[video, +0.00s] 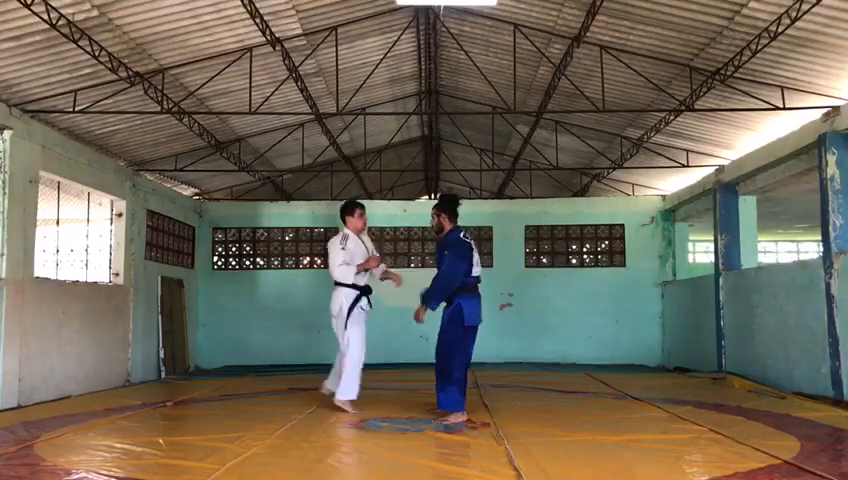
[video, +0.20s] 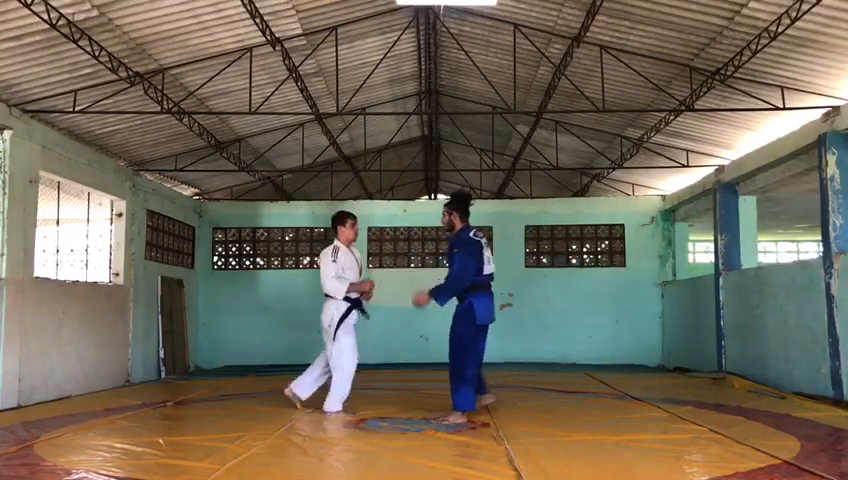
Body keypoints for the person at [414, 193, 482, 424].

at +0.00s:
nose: (432, 222)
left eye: (433, 217)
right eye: (433, 217)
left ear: (440, 217)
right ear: (452, 216)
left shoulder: (453, 241)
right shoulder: (461, 238)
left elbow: (448, 277)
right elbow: (448, 276)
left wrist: (426, 303)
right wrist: (427, 297)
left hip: (460, 301)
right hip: (466, 298)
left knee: (449, 353)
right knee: (454, 353)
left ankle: (456, 409)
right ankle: (454, 405)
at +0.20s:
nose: (442, 219)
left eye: (445, 214)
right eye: (443, 214)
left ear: (454, 216)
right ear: (461, 216)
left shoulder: (462, 241)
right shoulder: (475, 238)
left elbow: (460, 277)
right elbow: (465, 275)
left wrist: (431, 295)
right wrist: (438, 290)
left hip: (471, 302)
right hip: (483, 299)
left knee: (460, 352)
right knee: (471, 350)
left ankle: (460, 410)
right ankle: (483, 393)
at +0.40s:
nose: (466, 223)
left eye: (469, 218)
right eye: (466, 218)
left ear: (480, 219)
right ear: (484, 220)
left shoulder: (486, 243)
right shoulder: (494, 242)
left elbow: (463, 258)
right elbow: (463, 267)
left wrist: (435, 268)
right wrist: (438, 274)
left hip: (490, 306)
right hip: (497, 304)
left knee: (473, 355)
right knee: (490, 354)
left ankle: (461, 411)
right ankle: (524, 398)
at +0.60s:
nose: (479, 216)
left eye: (482, 212)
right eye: (480, 211)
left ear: (493, 213)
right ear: (495, 213)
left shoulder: (503, 238)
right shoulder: (503, 238)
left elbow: (484, 260)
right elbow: (477, 267)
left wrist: (457, 251)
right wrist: (443, 269)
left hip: (508, 300)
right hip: (511, 298)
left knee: (492, 346)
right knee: (509, 348)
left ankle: (491, 404)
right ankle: (527, 402)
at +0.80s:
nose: (485, 215)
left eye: (488, 211)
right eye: (485, 211)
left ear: (499, 213)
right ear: (502, 213)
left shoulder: (514, 238)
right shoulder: (499, 240)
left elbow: (498, 265)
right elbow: (485, 270)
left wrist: (483, 248)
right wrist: (454, 270)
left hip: (520, 300)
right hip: (509, 300)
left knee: (518, 351)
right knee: (509, 352)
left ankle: (545, 401)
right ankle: (524, 401)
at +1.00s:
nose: (485, 229)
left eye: (487, 224)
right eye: (486, 225)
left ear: (497, 225)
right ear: (500, 225)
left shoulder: (522, 250)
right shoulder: (499, 251)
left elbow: (507, 283)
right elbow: (489, 278)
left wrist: (484, 264)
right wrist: (460, 269)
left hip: (530, 310)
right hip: (510, 309)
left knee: (537, 359)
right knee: (485, 346)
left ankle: (561, 410)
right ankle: (505, 392)